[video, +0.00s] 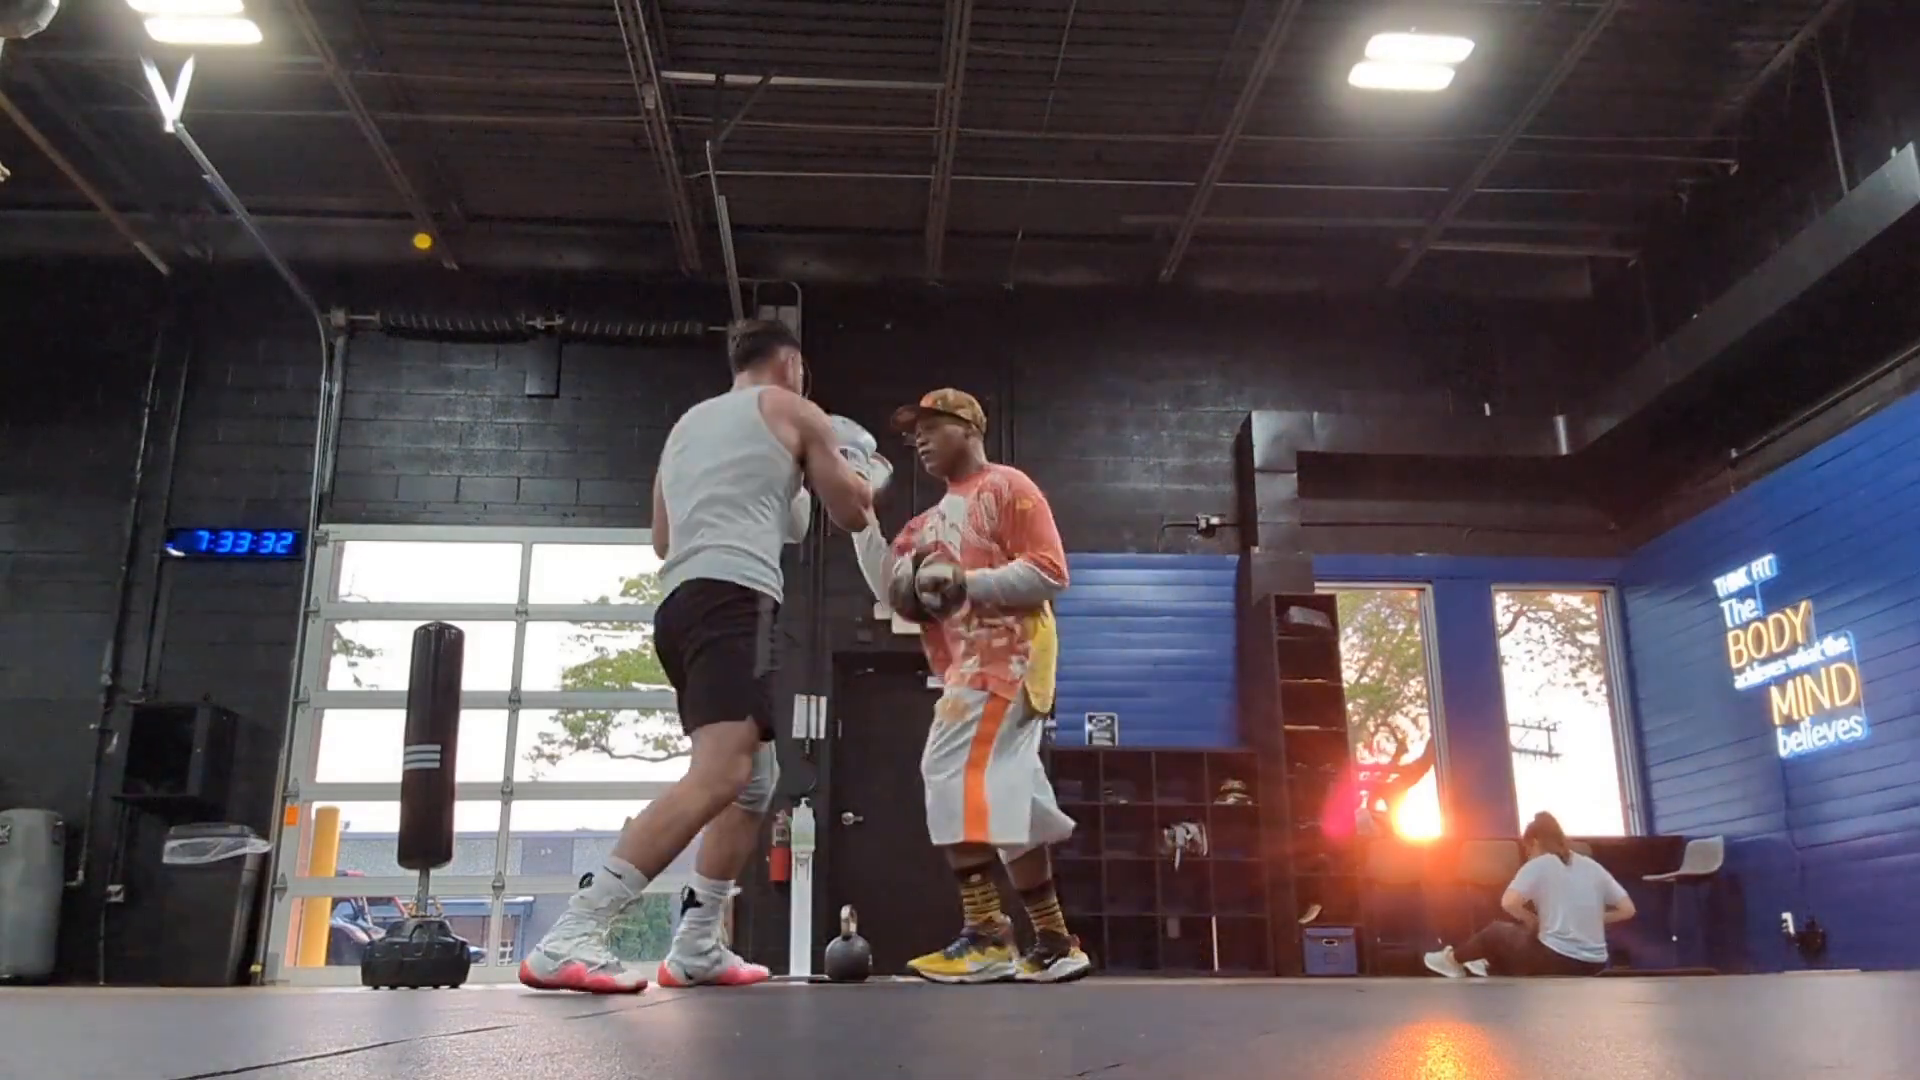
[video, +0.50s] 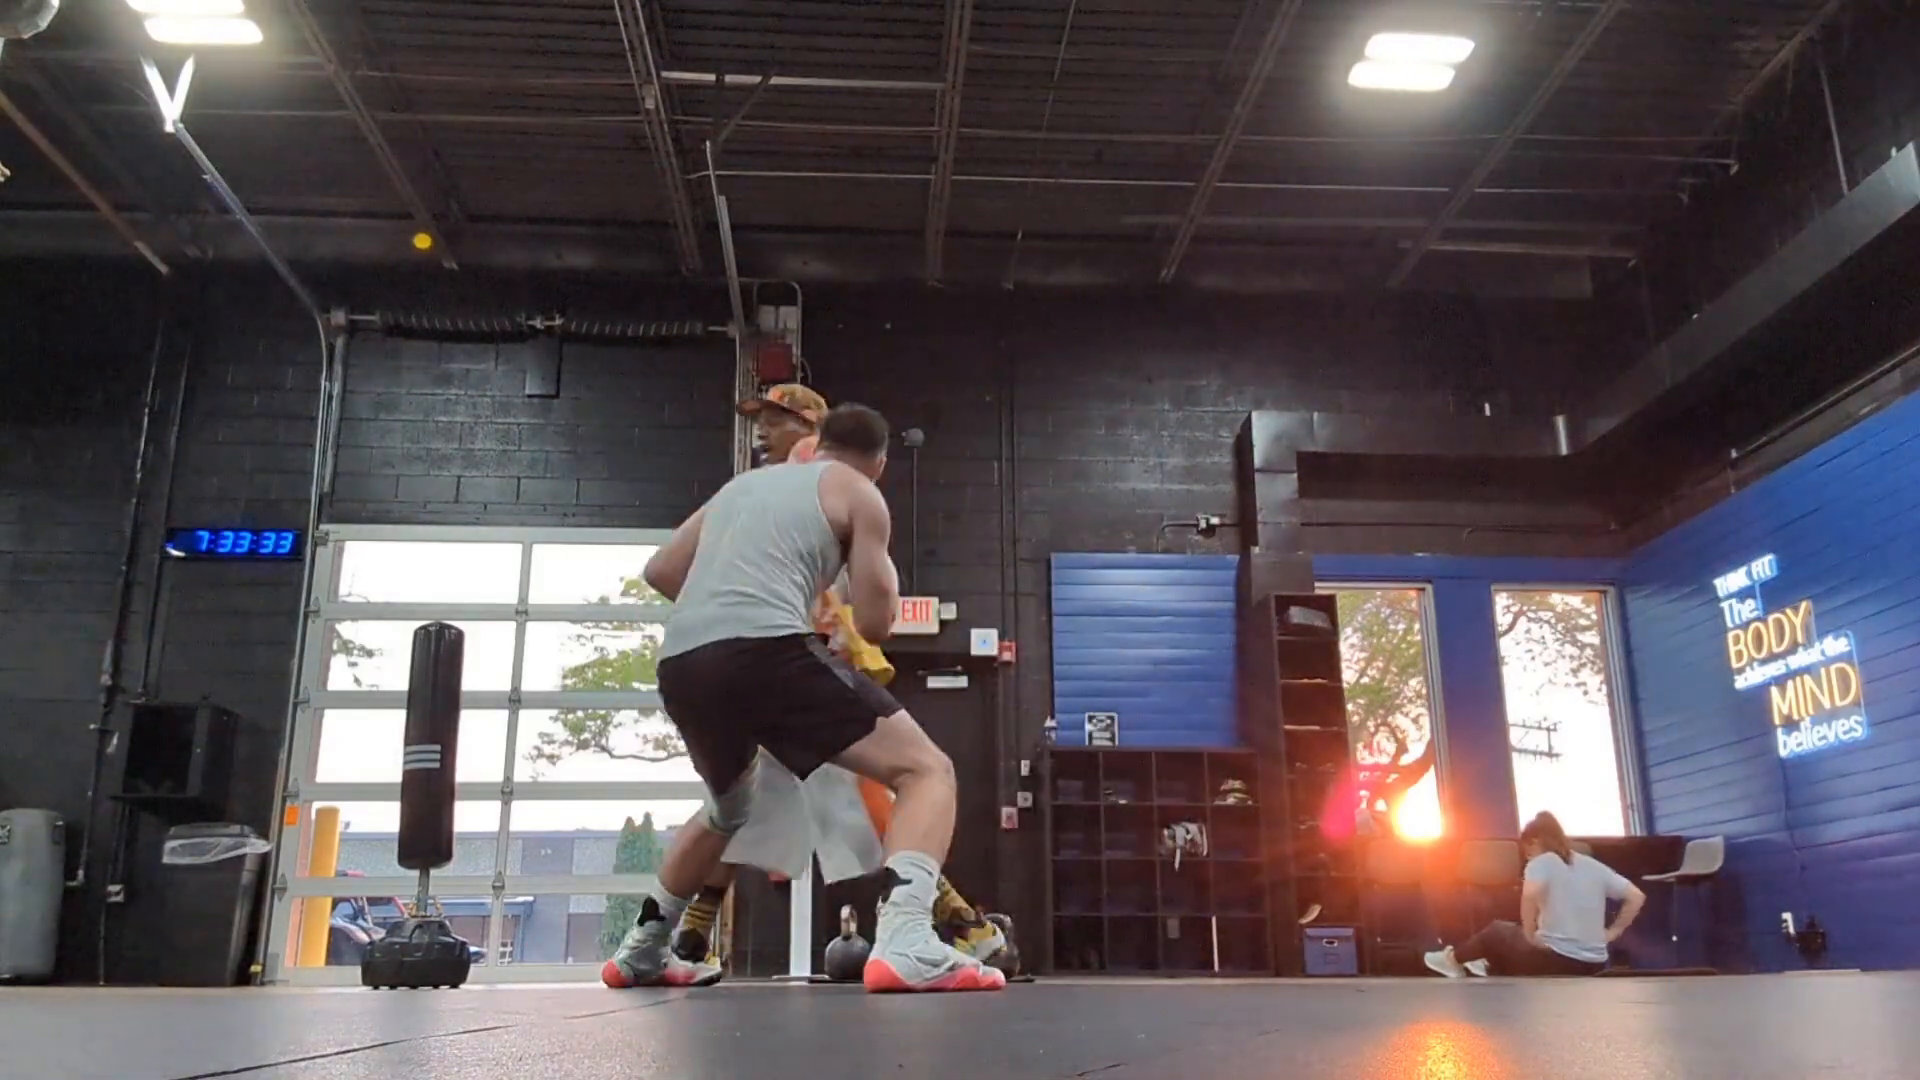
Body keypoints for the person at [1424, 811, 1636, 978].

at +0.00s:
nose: (1527, 853)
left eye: (1527, 848)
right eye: (1526, 848)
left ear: (1535, 843)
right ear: (1561, 840)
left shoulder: (1536, 866)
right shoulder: (1592, 866)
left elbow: (1509, 903)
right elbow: (1627, 909)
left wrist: (1530, 921)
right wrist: (1592, 920)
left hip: (1556, 958)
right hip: (1595, 961)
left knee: (1498, 931)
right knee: (1522, 938)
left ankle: (1451, 959)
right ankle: (1487, 964)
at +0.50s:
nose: (1527, 856)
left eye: (1527, 849)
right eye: (1526, 850)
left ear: (1537, 842)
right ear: (1558, 840)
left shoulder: (1540, 863)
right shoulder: (1592, 866)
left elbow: (1531, 895)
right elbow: (1636, 897)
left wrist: (1529, 935)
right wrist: (1614, 932)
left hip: (1559, 958)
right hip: (1595, 961)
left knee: (1499, 931)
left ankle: (1451, 958)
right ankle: (1487, 964)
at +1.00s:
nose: (1524, 849)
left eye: (1524, 843)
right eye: (1524, 843)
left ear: (1529, 842)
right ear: (1555, 838)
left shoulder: (1533, 865)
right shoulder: (1584, 867)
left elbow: (1523, 898)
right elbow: (1625, 909)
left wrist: (1509, 937)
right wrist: (1599, 934)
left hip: (1555, 959)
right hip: (1593, 961)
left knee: (1494, 929)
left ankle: (1452, 959)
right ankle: (1486, 962)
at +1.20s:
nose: (1520, 853)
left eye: (1520, 847)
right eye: (1520, 847)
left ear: (1524, 848)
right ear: (1551, 845)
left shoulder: (1528, 868)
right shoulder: (1576, 869)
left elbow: (1509, 905)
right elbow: (1593, 910)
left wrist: (1488, 911)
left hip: (1557, 958)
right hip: (1593, 961)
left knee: (1492, 934)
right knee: (1529, 925)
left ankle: (1453, 959)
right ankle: (1485, 962)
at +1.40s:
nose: (1513, 853)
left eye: (1514, 849)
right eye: (1515, 849)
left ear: (1518, 850)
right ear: (1542, 848)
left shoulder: (1520, 872)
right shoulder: (1567, 873)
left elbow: (1502, 916)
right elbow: (1561, 916)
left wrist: (1485, 910)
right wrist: (1524, 920)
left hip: (1556, 958)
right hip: (1591, 961)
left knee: (1490, 933)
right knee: (1520, 933)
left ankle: (1451, 961)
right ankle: (1483, 963)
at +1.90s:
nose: (1513, 854)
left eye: (1515, 850)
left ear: (1517, 853)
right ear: (1543, 851)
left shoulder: (1517, 874)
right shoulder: (1569, 875)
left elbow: (1485, 920)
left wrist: (1508, 914)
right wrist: (1524, 917)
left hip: (1554, 959)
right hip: (1591, 961)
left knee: (1496, 932)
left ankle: (1449, 960)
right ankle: (1483, 964)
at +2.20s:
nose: (1531, 842)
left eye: (1532, 838)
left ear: (1533, 840)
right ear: (1562, 840)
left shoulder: (1529, 869)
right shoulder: (1586, 871)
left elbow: (1501, 915)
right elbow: (1585, 911)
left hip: (1556, 958)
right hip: (1593, 962)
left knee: (1497, 932)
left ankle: (1452, 959)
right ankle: (1485, 964)